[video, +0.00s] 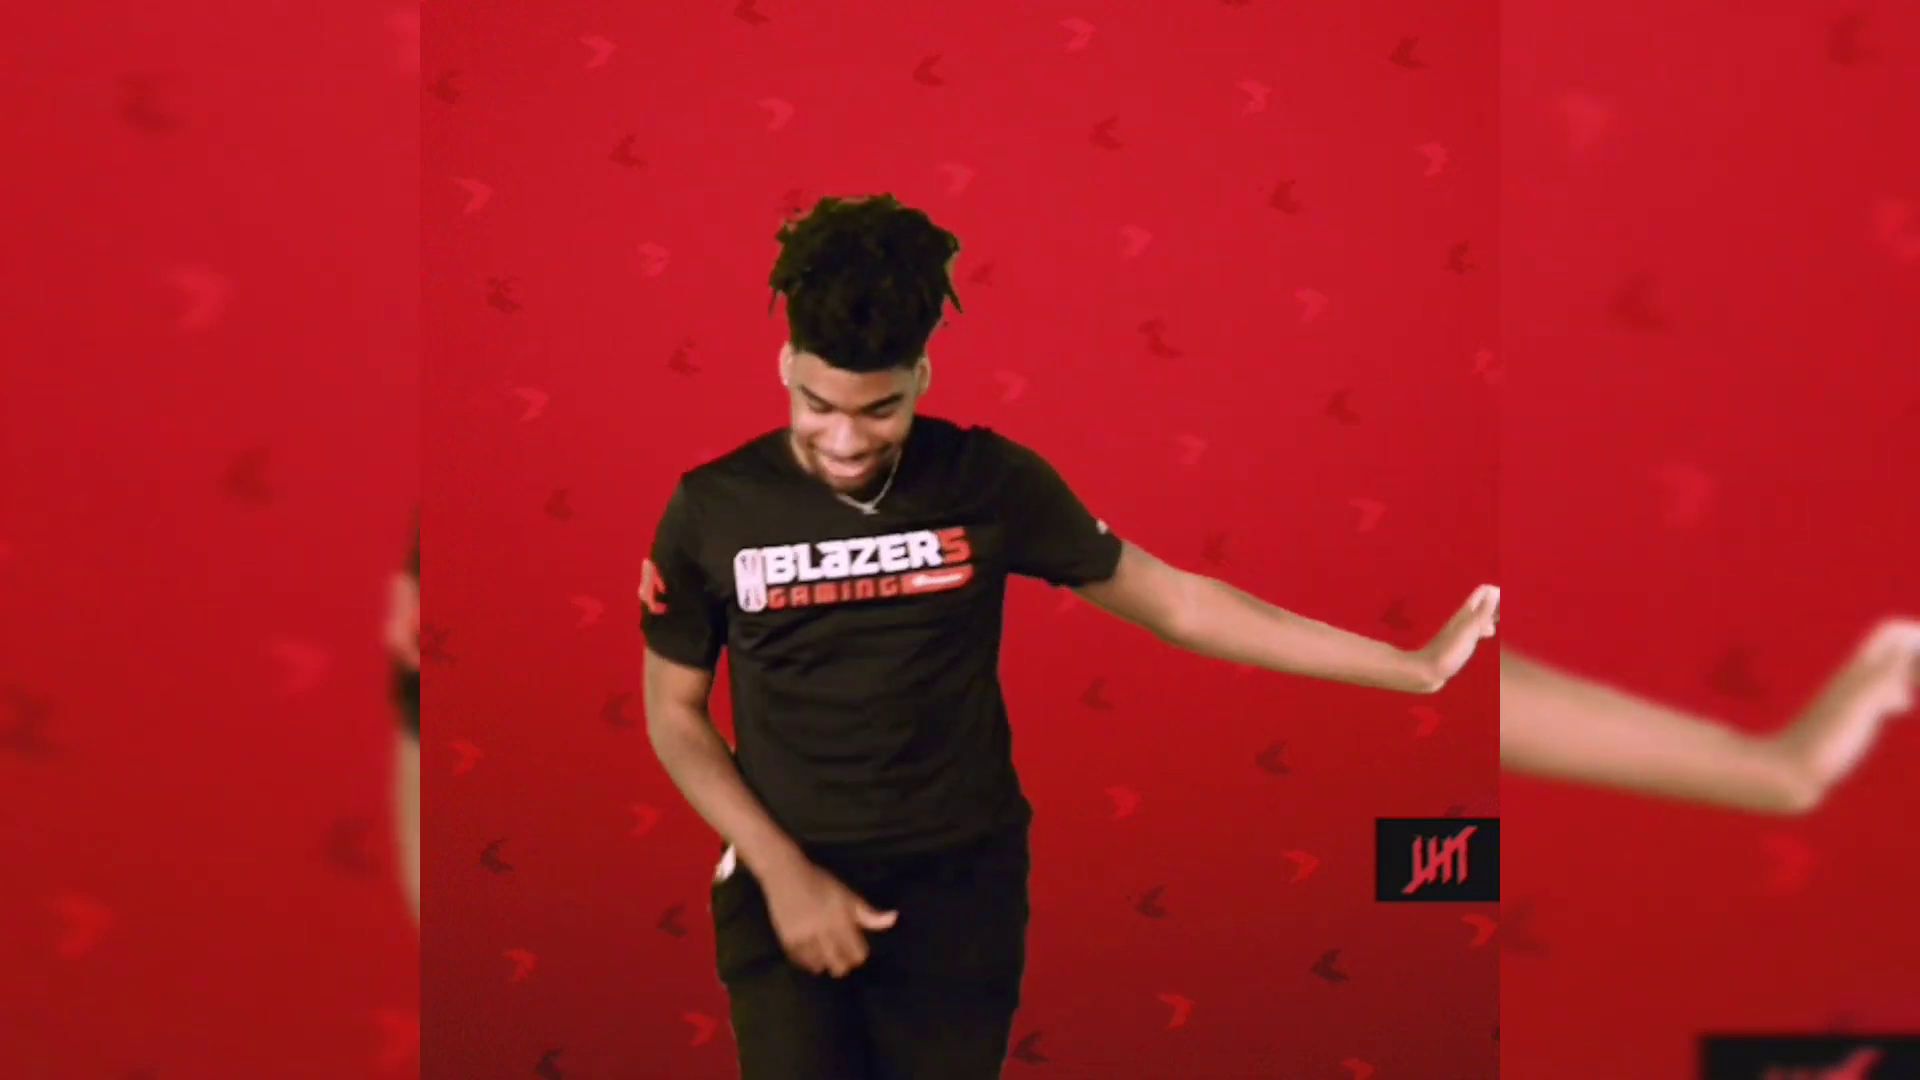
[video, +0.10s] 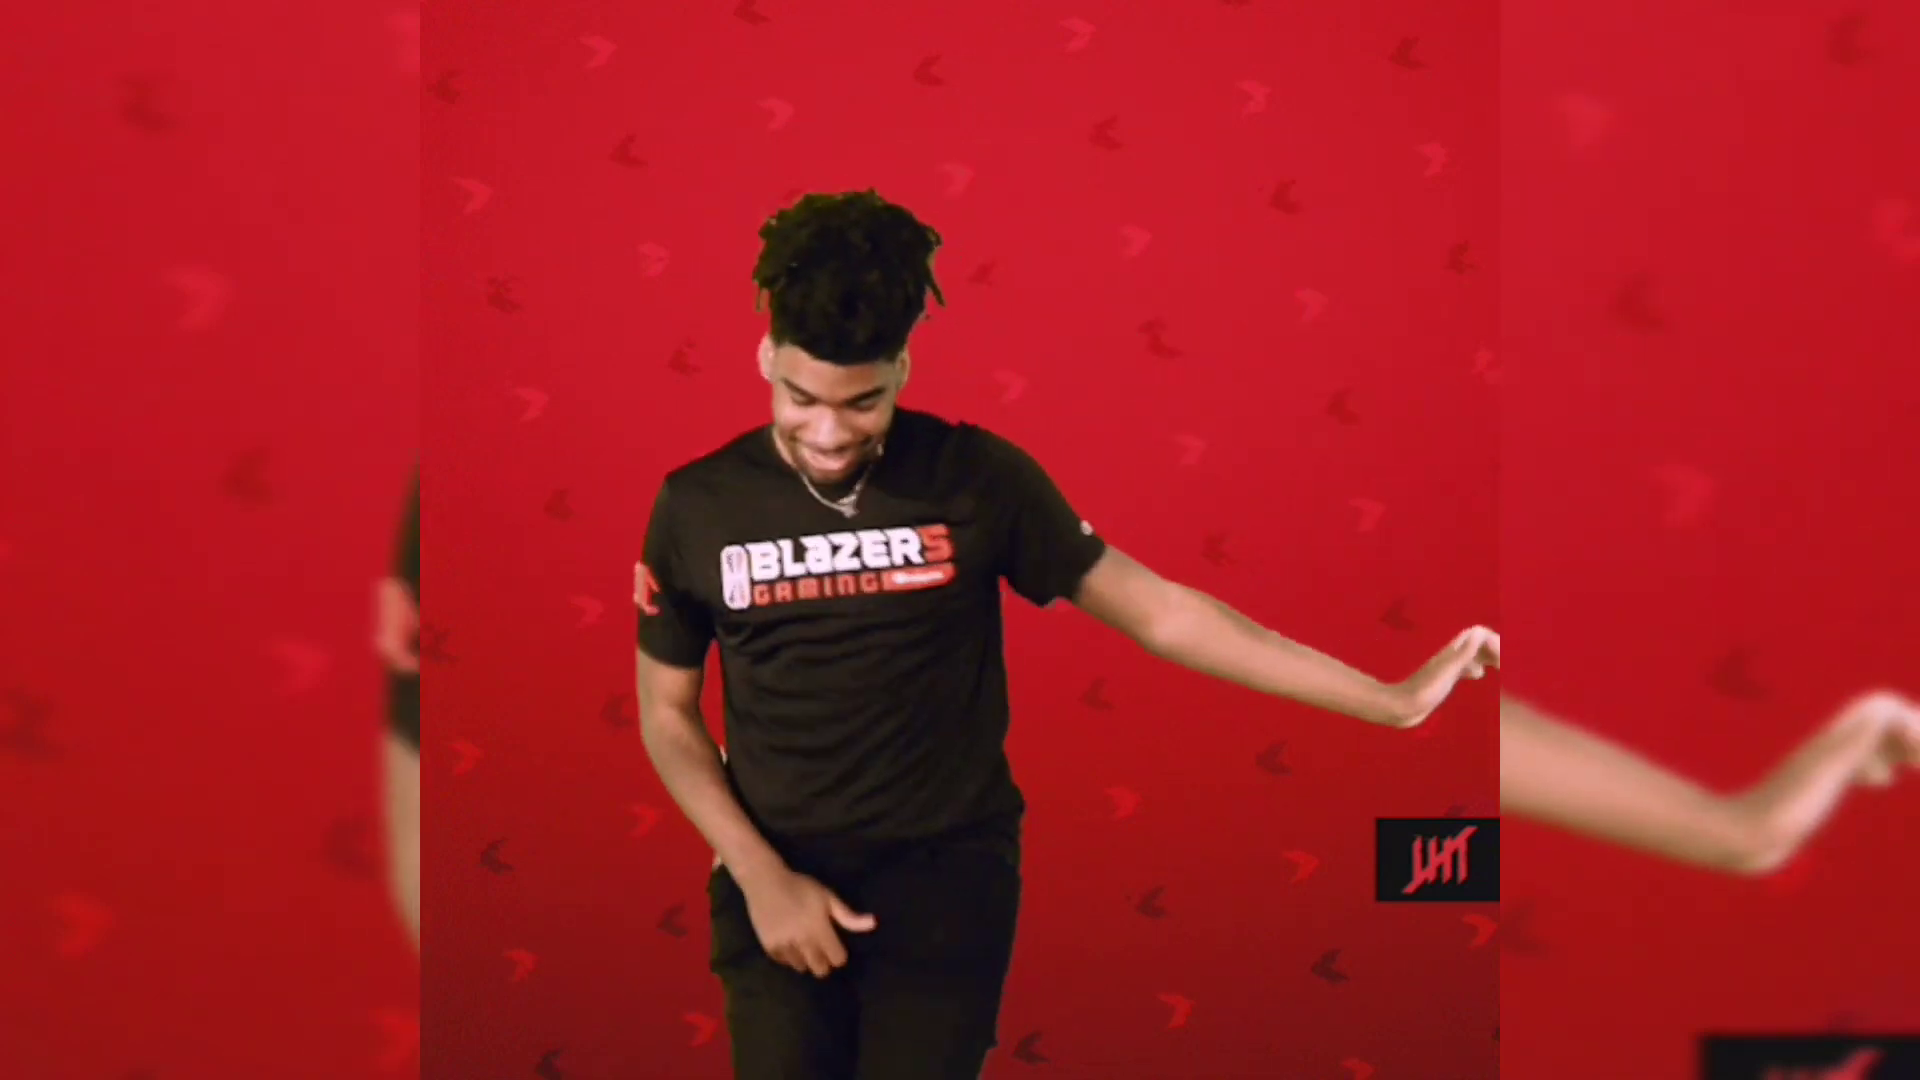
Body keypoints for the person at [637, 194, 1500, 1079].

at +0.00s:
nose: (844, 438)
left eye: (876, 409)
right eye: (817, 404)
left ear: (923, 369)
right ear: (783, 359)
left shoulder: (989, 484)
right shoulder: (711, 513)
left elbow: (1174, 599)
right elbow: (674, 717)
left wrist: (1408, 670)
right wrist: (784, 871)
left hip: (960, 887)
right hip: (783, 893)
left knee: (951, 1068)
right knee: (797, 1074)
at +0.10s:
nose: (827, 431)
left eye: (860, 401)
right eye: (800, 397)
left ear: (901, 365)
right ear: (764, 353)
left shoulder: (976, 480)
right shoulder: (697, 510)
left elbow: (1162, 613)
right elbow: (666, 719)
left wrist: (1386, 702)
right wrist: (761, 877)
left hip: (947, 871)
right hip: (777, 879)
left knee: (922, 1067)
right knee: (782, 1071)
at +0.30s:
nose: (979, 367)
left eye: (1011, 337)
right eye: (951, 331)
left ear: (1050, 296)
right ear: (903, 279)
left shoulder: (1101, 426)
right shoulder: (806, 400)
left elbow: (1143, 565)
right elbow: (732, 541)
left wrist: (1126, 594)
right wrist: (770, 677)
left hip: (1010, 841)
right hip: (834, 832)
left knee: (1000, 1064)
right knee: (818, 1063)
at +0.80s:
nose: (885, 368)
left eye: (917, 337)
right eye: (855, 334)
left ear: (956, 295)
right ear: (811, 290)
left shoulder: (1029, 424)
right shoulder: (730, 423)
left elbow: (1061, 575)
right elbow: (648, 558)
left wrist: (1031, 695)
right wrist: (711, 680)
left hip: (962, 831)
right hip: (786, 826)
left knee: (946, 1063)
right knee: (799, 1062)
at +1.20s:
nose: (868, 340)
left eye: (899, 304)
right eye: (836, 307)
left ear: (945, 257)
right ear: (800, 267)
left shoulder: (1025, 355)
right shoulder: (746, 413)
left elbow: (1037, 486)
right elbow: (626, 575)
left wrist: (1069, 611)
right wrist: (774, 688)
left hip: (1011, 792)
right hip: (846, 807)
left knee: (1028, 1060)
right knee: (870, 1063)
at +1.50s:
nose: (969, 357)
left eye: (999, 322)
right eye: (935, 324)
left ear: (1041, 280)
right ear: (897, 285)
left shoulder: (1108, 396)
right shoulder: (829, 437)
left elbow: (1114, 526)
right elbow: (715, 606)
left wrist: (1148, 642)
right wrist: (855, 723)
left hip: (1091, 834)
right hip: (924, 849)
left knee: (1115, 1062)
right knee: (959, 1063)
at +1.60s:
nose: (1003, 392)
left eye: (1033, 356)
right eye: (970, 358)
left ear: (1078, 315)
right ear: (936, 322)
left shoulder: (1139, 445)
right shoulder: (857, 478)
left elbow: (1134, 569)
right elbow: (728, 635)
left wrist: (1169, 693)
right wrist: (866, 775)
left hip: (1117, 880)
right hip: (945, 897)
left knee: (1133, 1061)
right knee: (973, 1061)